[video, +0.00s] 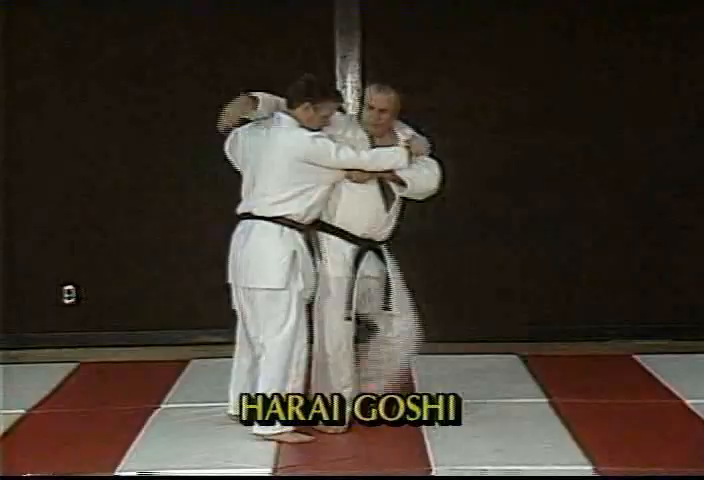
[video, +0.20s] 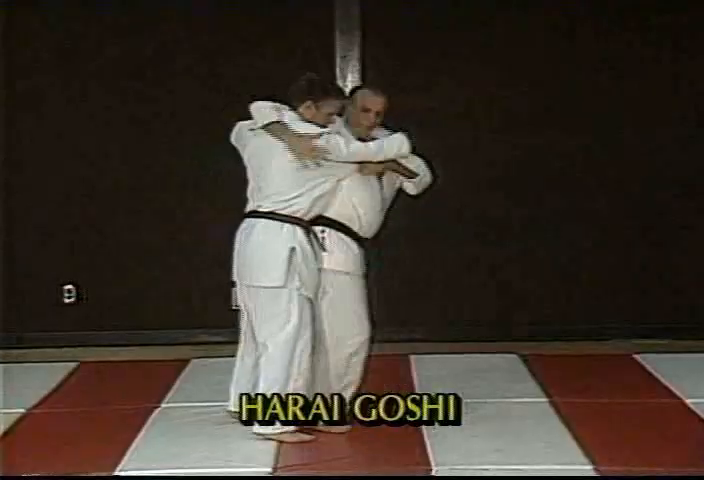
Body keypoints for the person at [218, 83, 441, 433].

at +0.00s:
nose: (327, 122)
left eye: (329, 115)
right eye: (325, 115)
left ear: (291, 106)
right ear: (306, 108)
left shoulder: (252, 135)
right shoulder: (306, 144)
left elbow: (231, 144)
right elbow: (359, 159)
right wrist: (407, 151)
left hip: (246, 237)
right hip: (278, 242)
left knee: (253, 332)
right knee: (281, 333)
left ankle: (247, 407)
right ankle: (271, 420)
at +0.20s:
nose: (335, 119)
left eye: (338, 113)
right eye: (332, 112)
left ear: (297, 108)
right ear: (310, 107)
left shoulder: (256, 135)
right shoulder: (321, 143)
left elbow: (239, 128)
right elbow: (377, 151)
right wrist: (400, 138)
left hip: (249, 236)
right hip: (283, 240)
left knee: (254, 332)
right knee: (287, 333)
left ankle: (245, 409)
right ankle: (273, 421)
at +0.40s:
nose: (343, 122)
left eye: (345, 115)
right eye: (341, 114)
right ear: (320, 109)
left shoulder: (257, 134)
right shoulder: (327, 142)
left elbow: (238, 134)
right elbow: (384, 164)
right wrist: (401, 159)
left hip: (244, 232)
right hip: (280, 237)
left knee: (250, 329)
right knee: (279, 329)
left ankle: (245, 406)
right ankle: (272, 419)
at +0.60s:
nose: (341, 123)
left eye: (343, 116)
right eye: (339, 115)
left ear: (304, 109)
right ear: (318, 109)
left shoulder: (253, 133)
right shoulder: (325, 143)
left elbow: (239, 138)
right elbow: (385, 165)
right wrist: (395, 162)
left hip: (241, 236)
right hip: (279, 240)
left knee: (247, 332)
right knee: (281, 331)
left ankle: (243, 408)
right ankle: (272, 419)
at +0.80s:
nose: (339, 125)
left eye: (341, 118)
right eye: (336, 117)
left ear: (300, 110)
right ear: (316, 111)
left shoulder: (251, 135)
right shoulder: (322, 146)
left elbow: (237, 135)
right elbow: (381, 167)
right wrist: (388, 163)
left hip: (239, 239)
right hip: (276, 244)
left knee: (246, 335)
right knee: (279, 334)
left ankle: (243, 408)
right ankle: (271, 420)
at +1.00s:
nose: (341, 128)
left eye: (342, 120)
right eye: (338, 119)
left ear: (299, 113)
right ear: (317, 114)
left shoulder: (253, 138)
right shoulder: (324, 149)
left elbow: (234, 136)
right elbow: (379, 169)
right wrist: (386, 163)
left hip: (239, 244)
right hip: (278, 248)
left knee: (246, 337)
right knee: (282, 336)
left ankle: (239, 410)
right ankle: (269, 421)